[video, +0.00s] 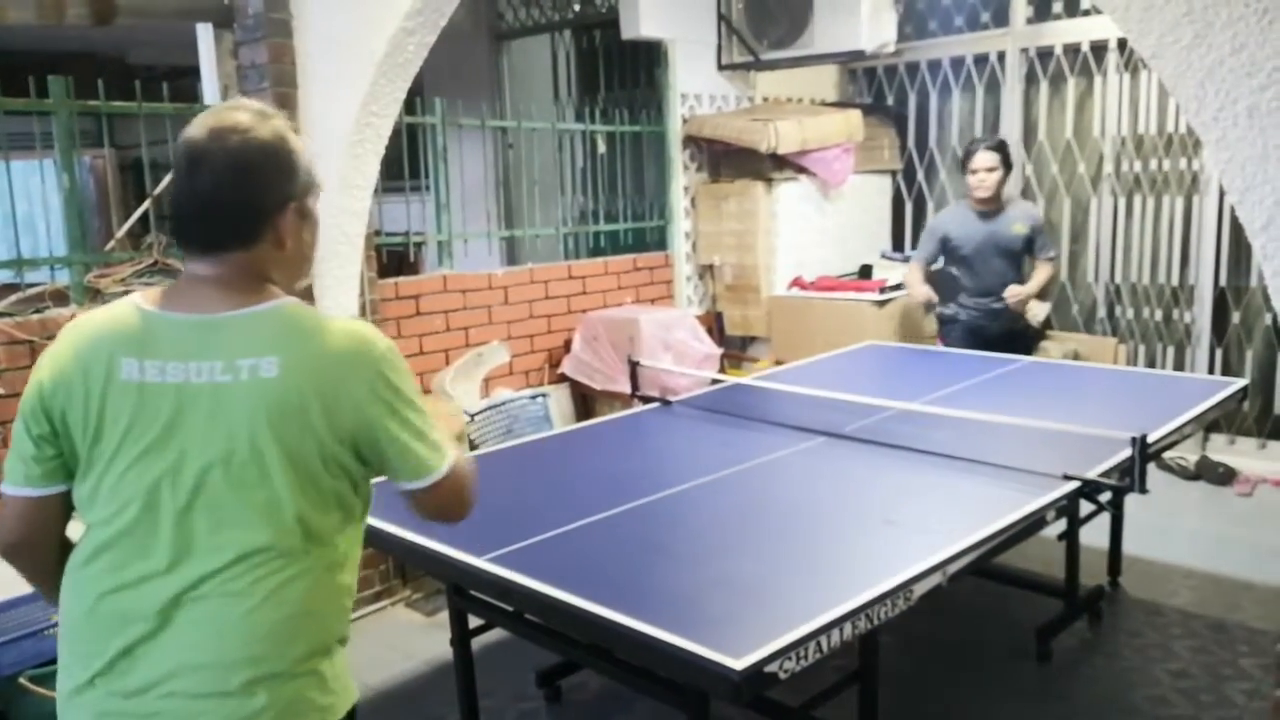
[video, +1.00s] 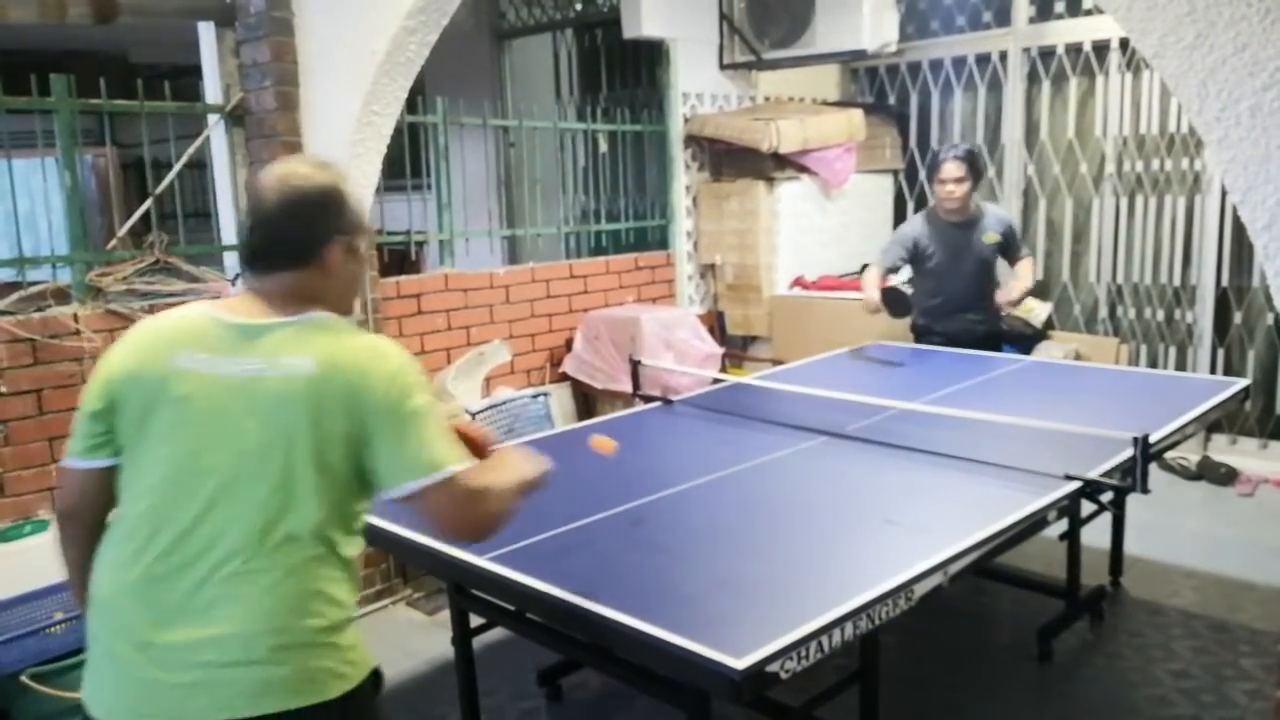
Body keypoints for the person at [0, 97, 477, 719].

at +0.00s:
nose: (315, 223)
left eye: (313, 204)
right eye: (311, 206)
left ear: (183, 215)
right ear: (287, 223)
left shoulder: (83, 346)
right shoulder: (345, 353)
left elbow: (23, 533)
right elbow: (449, 501)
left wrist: (99, 603)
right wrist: (448, 425)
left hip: (101, 697)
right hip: (276, 697)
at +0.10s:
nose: (302, 229)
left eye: (301, 208)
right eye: (296, 208)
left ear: (163, 217)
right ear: (263, 222)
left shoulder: (64, 344)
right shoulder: (322, 351)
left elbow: (15, 533)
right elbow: (397, 524)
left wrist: (78, 626)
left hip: (95, 693)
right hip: (267, 692)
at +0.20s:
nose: (272, 234)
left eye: (271, 215)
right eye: (266, 215)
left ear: (130, 222)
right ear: (234, 230)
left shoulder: (35, 349)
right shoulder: (293, 356)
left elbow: (6, 543)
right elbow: (339, 555)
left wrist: (42, 642)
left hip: (79, 686)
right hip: (250, 686)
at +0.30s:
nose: (232, 241)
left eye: (231, 222)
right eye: (227, 222)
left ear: (96, 226)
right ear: (192, 237)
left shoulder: (13, 350)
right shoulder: (248, 362)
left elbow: (12, 524)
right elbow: (287, 565)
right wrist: (325, 569)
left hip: (52, 686)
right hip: (217, 689)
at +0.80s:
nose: (261, 253)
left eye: (259, 234)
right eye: (252, 233)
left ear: (131, 239)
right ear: (208, 239)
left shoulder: (38, 353)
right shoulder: (252, 356)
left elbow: (11, 535)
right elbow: (299, 545)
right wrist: (380, 569)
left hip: (59, 688)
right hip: (222, 685)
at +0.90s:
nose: (308, 269)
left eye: (307, 249)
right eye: (302, 247)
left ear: (195, 247)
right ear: (270, 246)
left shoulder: (87, 351)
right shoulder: (309, 362)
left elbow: (35, 519)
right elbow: (368, 540)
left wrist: (64, 623)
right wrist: (433, 517)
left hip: (97, 687)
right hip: (259, 685)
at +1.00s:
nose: (371, 266)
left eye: (369, 248)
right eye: (367, 248)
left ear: (255, 247)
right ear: (336, 254)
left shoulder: (142, 346)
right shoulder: (368, 362)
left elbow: (75, 506)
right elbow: (462, 516)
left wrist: (101, 611)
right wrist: (508, 473)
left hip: (129, 685)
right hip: (292, 682)